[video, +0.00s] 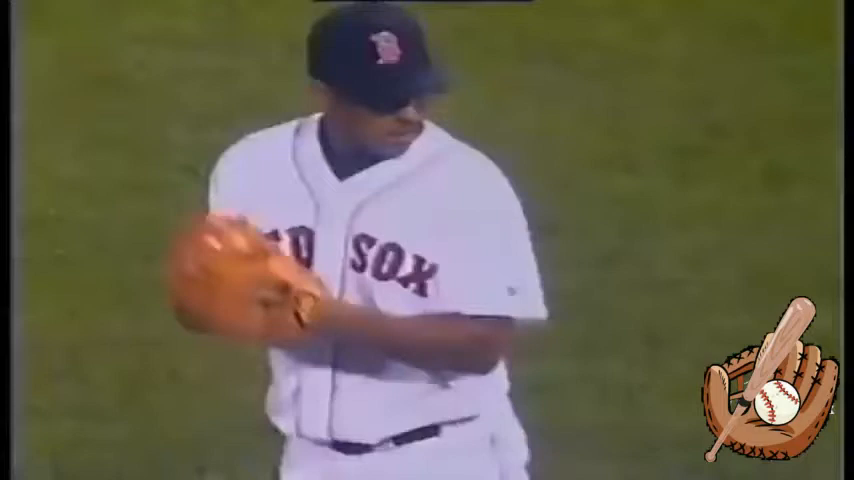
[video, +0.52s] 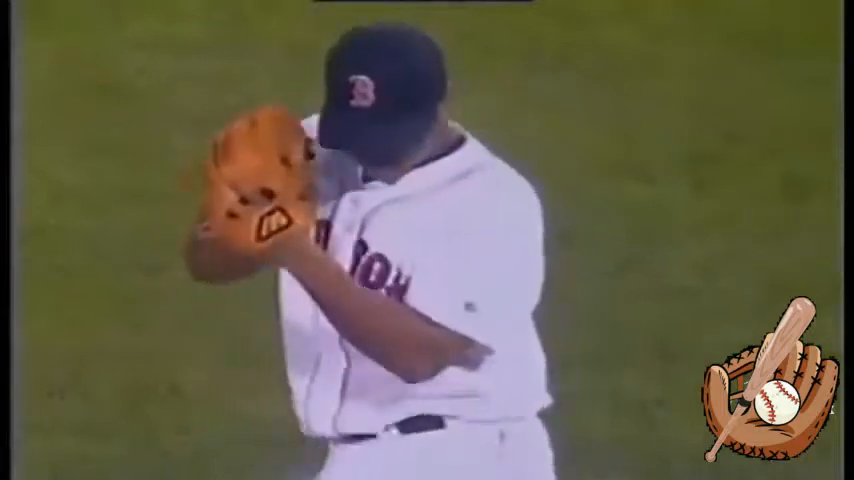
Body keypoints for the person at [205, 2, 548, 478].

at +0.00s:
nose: (411, 115)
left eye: (419, 95)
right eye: (387, 101)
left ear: (429, 84)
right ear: (330, 94)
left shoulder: (471, 183)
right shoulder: (249, 169)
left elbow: (481, 347)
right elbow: (218, 295)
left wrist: (332, 318)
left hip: (449, 457)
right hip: (315, 459)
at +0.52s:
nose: (372, 158)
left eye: (389, 142)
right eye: (356, 141)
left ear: (437, 111)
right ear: (338, 112)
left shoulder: (499, 200)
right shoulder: (307, 151)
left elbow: (418, 355)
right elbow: (204, 261)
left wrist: (296, 252)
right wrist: (257, 217)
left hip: (475, 451)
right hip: (352, 455)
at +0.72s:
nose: (388, 161)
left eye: (407, 145)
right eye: (374, 143)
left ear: (455, 116)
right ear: (355, 118)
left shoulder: (511, 210)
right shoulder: (348, 172)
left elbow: (417, 364)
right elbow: (250, 280)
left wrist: (302, 259)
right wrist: (249, 215)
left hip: (498, 446)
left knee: (288, 392)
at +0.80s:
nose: (394, 162)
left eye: (412, 144)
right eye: (378, 144)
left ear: (459, 118)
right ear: (358, 122)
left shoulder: (514, 216)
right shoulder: (349, 169)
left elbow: (441, 377)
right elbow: (283, 300)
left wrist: (309, 285)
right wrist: (260, 246)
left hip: (496, 447)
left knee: (253, 393)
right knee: (240, 388)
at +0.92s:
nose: (405, 186)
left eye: (424, 166)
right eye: (386, 166)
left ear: (466, 140)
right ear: (366, 146)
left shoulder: (517, 241)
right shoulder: (358, 198)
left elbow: (489, 420)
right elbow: (339, 318)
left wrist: (331, 367)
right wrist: (275, 329)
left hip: (504, 465)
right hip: (379, 458)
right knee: (231, 476)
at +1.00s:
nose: (425, 194)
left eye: (442, 178)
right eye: (402, 181)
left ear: (469, 162)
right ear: (366, 170)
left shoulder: (517, 263)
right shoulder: (354, 227)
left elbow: (525, 445)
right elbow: (341, 360)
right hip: (410, 467)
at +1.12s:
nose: (431, 249)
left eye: (446, 229)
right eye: (407, 234)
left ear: (462, 212)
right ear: (359, 229)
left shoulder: (511, 319)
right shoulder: (335, 296)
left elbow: (552, 468)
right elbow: (353, 419)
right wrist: (342, 463)